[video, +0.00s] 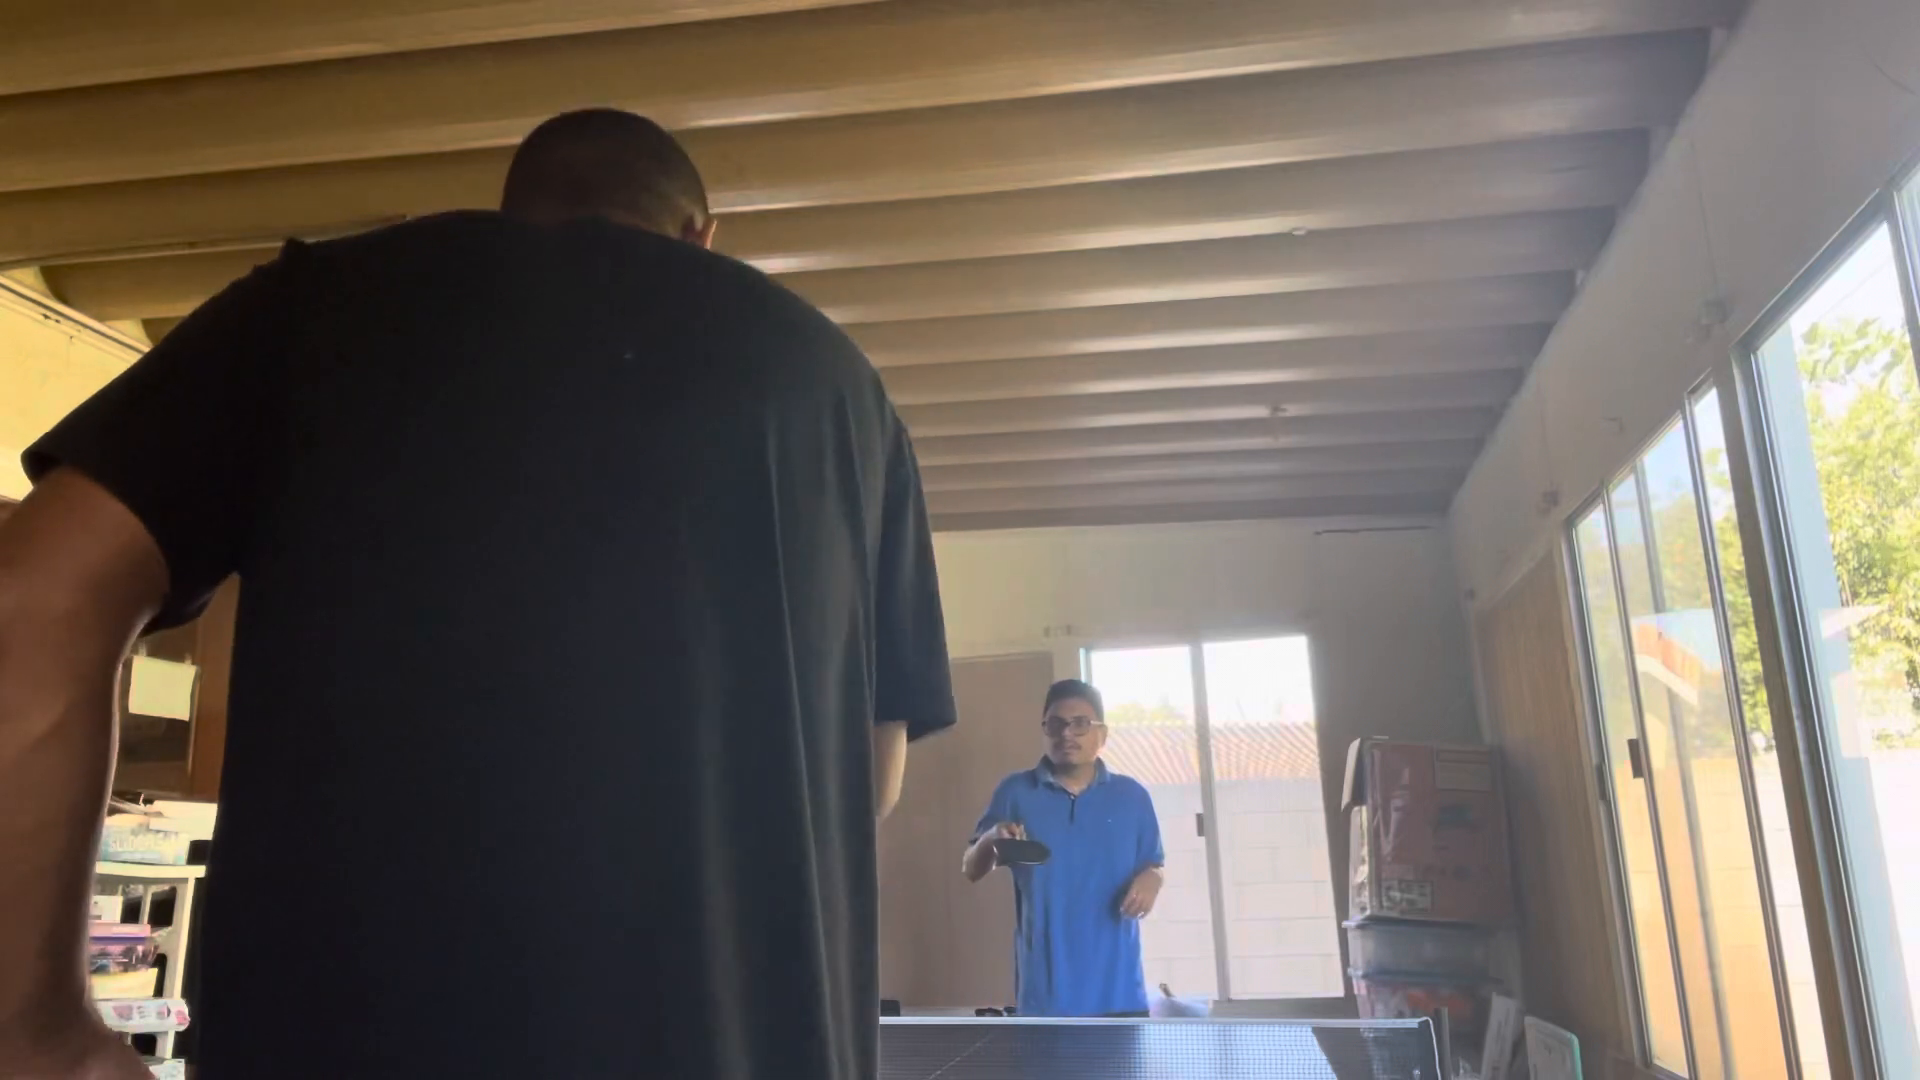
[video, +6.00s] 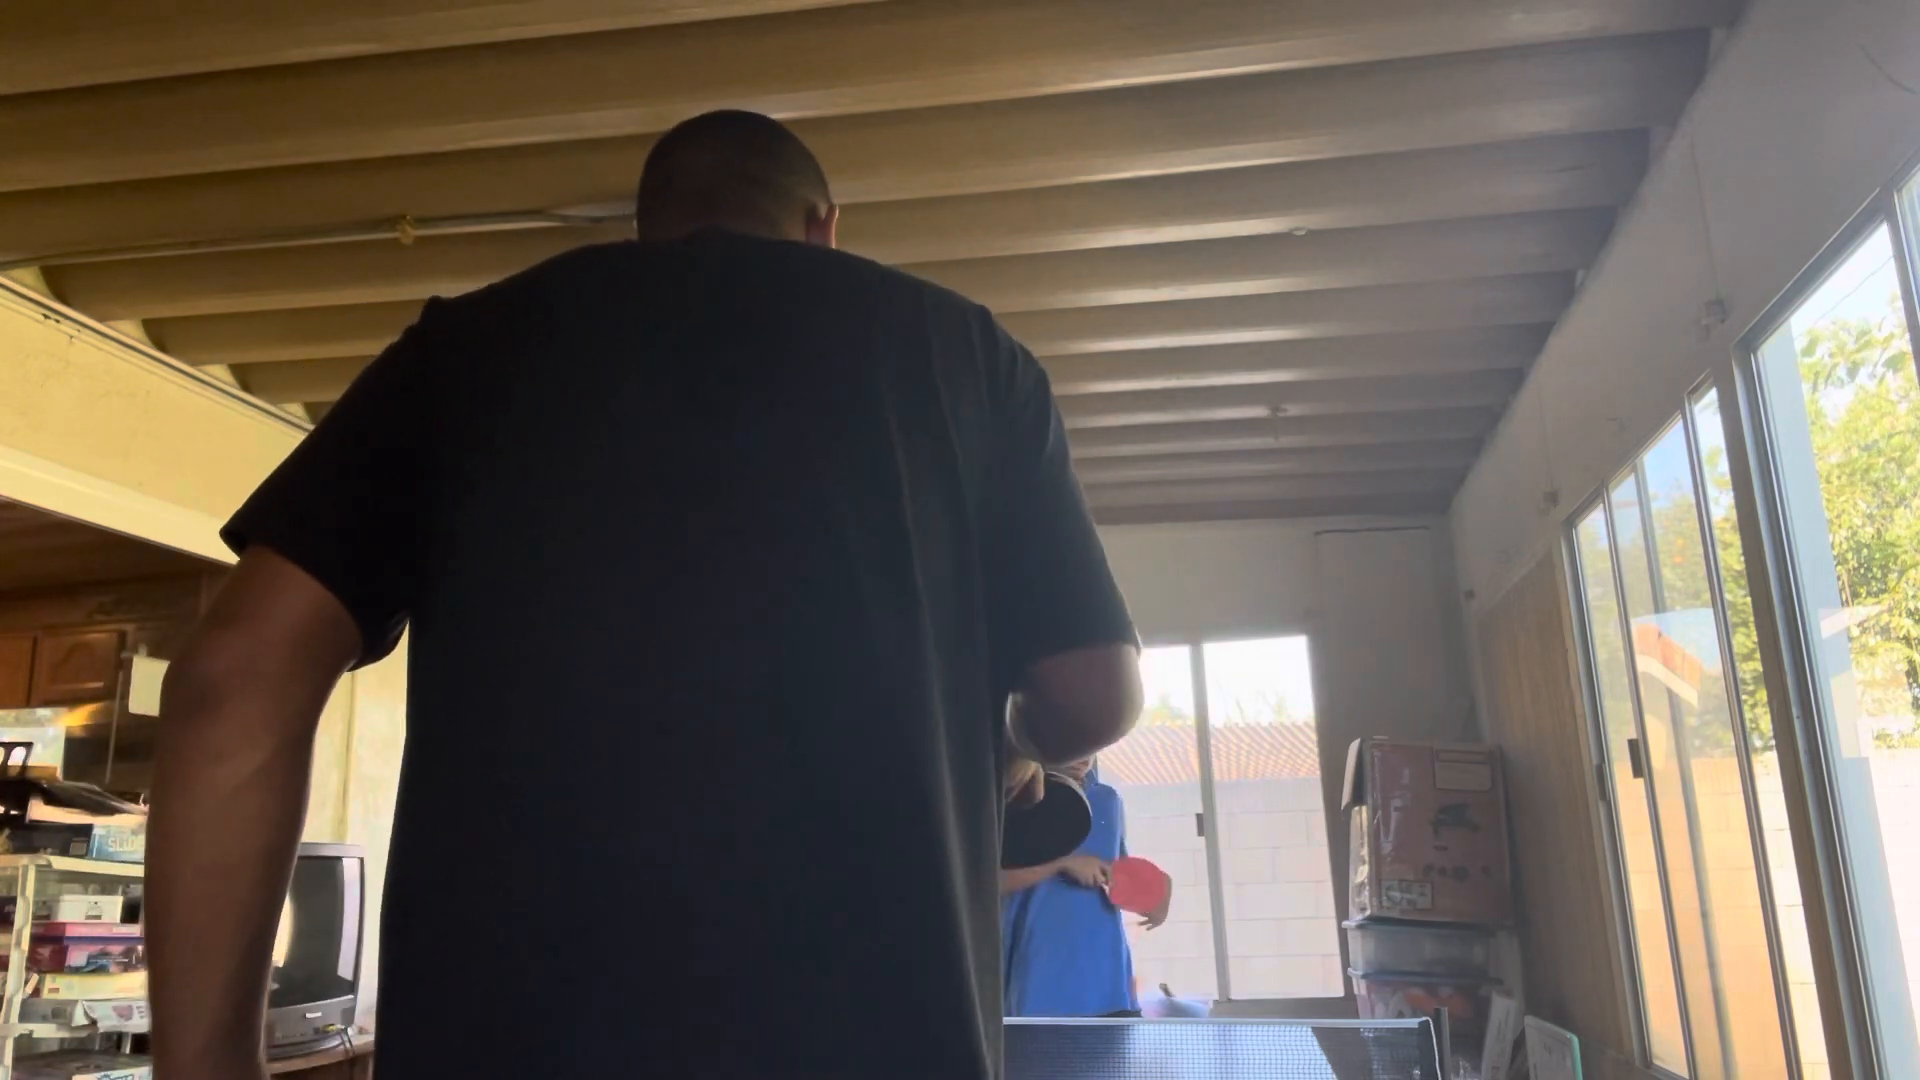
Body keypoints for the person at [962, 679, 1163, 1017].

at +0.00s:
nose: (1067, 733)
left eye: (1080, 723)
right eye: (1057, 723)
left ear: (1102, 734)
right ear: (1044, 731)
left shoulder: (1131, 796)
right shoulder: (1016, 792)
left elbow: (1153, 865)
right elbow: (972, 871)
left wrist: (1151, 878)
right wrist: (991, 841)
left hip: (1117, 987)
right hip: (1044, 989)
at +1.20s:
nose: (1046, 739)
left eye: (1059, 728)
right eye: (1036, 729)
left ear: (1085, 736)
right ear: (1024, 735)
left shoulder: (1116, 796)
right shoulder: (1001, 803)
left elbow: (1141, 863)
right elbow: (966, 871)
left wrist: (1138, 877)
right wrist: (940, 848)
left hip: (1110, 989)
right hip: (1037, 994)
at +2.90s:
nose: (1037, 751)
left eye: (1051, 739)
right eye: (1025, 739)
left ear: (1075, 739)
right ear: (1013, 739)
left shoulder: (1107, 794)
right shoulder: (993, 804)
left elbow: (1132, 861)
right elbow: (962, 878)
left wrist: (1134, 876)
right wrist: (956, 896)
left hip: (1106, 988)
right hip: (1033, 995)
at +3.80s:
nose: (1045, 746)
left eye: (1057, 734)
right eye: (1032, 736)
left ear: (1079, 736)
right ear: (1019, 738)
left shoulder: (1102, 801)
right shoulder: (996, 794)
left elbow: (1118, 879)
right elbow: (959, 877)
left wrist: (1137, 878)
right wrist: (986, 868)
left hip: (1100, 994)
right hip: (1023, 997)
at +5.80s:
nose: (1069, 746)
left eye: (1078, 737)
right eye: (1058, 736)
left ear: (1091, 742)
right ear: (1029, 736)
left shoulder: (1110, 800)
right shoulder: (1011, 796)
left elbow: (1124, 875)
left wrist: (1145, 878)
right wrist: (1036, 859)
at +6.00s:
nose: (1081, 758)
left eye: (1089, 747)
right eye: (1070, 747)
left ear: (1097, 749)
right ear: (1043, 746)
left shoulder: (1108, 801)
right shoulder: (1015, 800)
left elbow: (1119, 875)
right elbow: (990, 880)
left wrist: (1157, 892)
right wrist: (1062, 864)